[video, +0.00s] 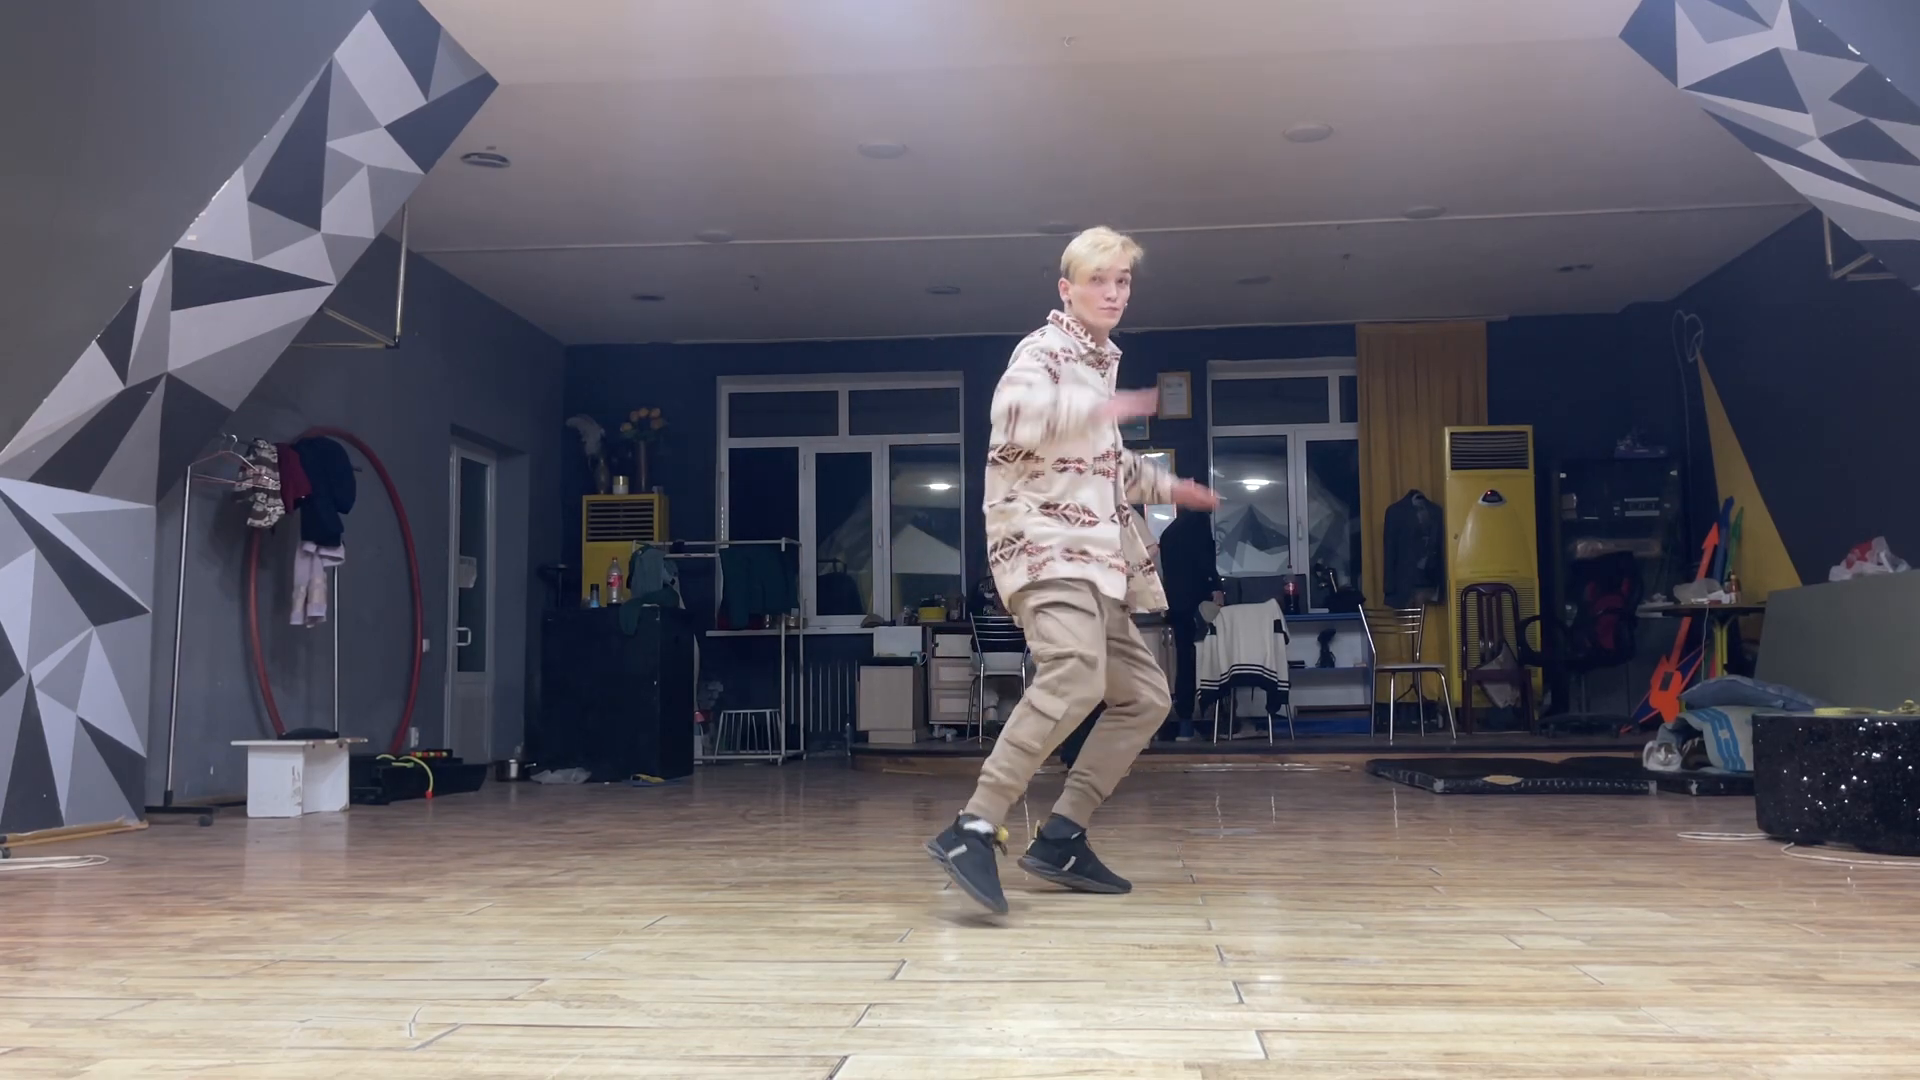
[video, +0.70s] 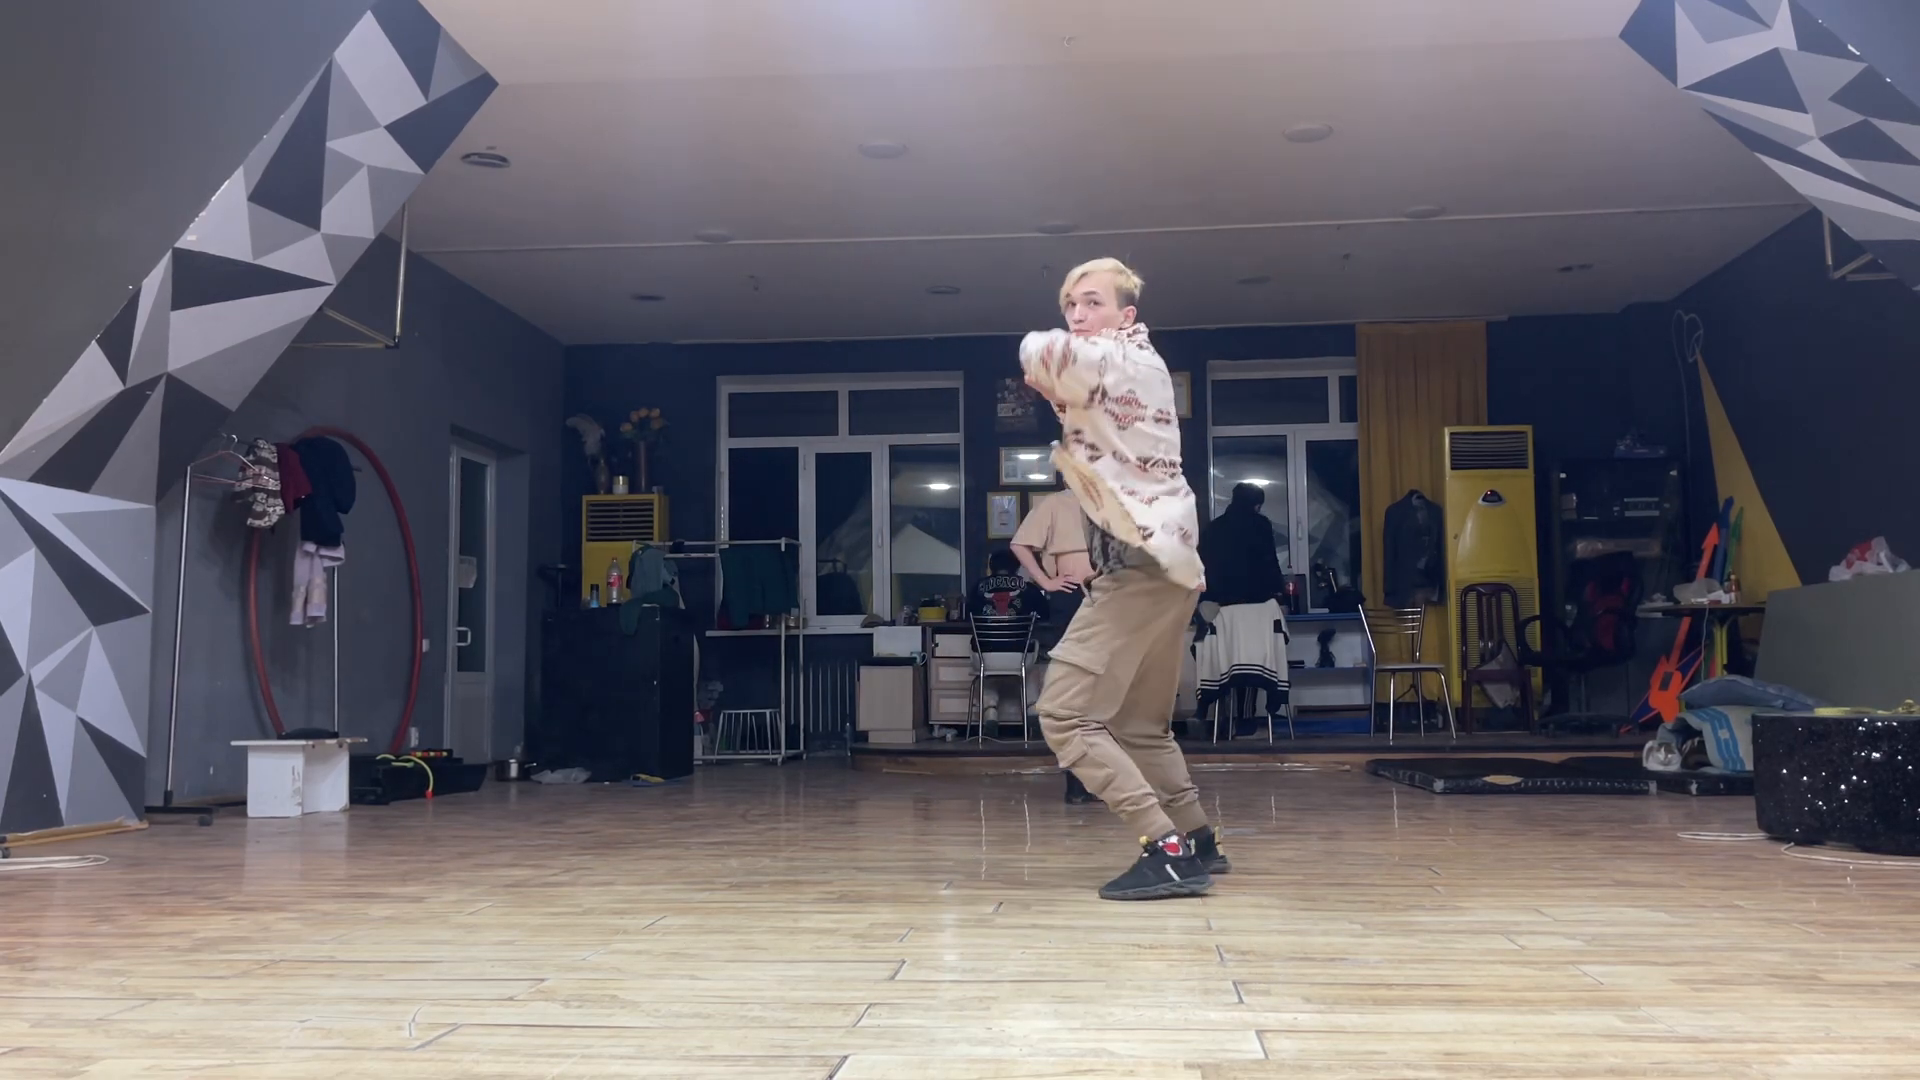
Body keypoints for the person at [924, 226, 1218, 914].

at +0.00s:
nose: (1114, 291)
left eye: (1123, 281)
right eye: (1100, 279)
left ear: (1130, 290)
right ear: (1067, 287)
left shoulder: (1100, 371)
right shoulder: (1041, 351)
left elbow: (1109, 469)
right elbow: (1017, 417)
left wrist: (1170, 486)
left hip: (1096, 560)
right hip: (1044, 549)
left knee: (1144, 698)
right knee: (1076, 676)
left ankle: (1061, 839)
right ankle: (973, 831)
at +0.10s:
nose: (1123, 316)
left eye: (1129, 304)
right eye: (1109, 304)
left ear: (1132, 307)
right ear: (1067, 309)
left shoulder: (1103, 375)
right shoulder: (1050, 357)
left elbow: (1116, 378)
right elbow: (1020, 316)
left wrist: (1151, 367)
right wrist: (1095, 253)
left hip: (1085, 580)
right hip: (1054, 573)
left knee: (1139, 711)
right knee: (1085, 716)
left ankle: (1063, 841)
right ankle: (962, 853)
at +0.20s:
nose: (1134, 345)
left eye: (1138, 334)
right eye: (1127, 331)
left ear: (1124, 337)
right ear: (1093, 325)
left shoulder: (1113, 389)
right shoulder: (1050, 375)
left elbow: (1143, 394)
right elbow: (1016, 348)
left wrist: (1182, 385)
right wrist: (1111, 320)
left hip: (1084, 585)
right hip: (1054, 575)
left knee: (1151, 717)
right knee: (1076, 729)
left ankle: (1062, 843)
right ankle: (950, 864)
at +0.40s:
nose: (1101, 266)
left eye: (1114, 254)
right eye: (1088, 255)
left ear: (1133, 264)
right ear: (1068, 267)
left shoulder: (1170, 347)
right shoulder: (1032, 348)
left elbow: (1165, 447)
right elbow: (996, 428)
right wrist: (1022, 462)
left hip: (1130, 534)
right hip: (1045, 523)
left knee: (1127, 689)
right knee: (1056, 629)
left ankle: (1054, 832)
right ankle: (1006, 800)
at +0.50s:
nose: (1088, 267)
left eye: (1102, 255)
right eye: (1077, 258)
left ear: (1130, 265)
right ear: (1067, 269)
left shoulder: (1156, 317)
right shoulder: (1054, 341)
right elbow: (1005, 420)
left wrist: (1057, 336)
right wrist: (1023, 394)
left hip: (1133, 529)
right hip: (1059, 526)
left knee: (1085, 672)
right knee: (1013, 658)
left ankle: (1120, 832)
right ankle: (1083, 749)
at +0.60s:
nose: (1085, 294)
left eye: (1099, 281)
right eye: (1075, 287)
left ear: (1131, 286)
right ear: (1066, 297)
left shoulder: (1144, 326)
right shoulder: (1083, 355)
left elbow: (1068, 312)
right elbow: (1062, 422)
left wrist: (1057, 315)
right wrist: (1049, 390)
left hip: (1136, 535)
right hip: (1101, 540)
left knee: (1065, 699)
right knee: (1069, 696)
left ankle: (1173, 847)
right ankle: (1142, 823)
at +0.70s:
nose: (1076, 316)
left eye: (1091, 303)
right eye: (1071, 306)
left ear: (1127, 313)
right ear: (1068, 310)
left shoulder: (1113, 358)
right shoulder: (1148, 364)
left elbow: (1039, 350)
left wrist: (1046, 375)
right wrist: (1064, 388)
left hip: (1137, 567)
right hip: (1174, 567)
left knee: (1067, 716)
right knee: (1140, 726)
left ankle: (1166, 846)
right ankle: (1197, 841)